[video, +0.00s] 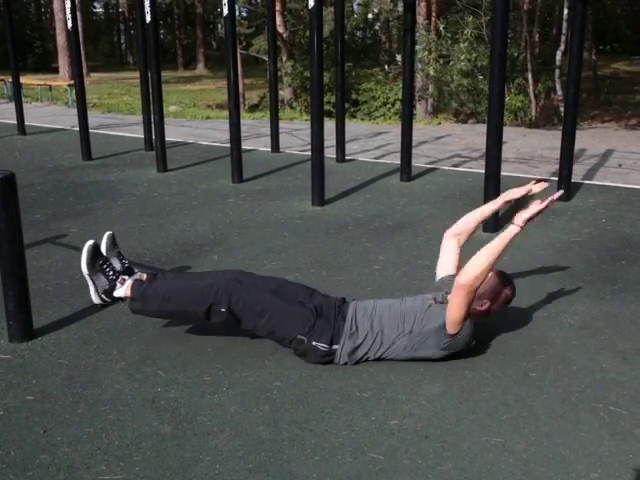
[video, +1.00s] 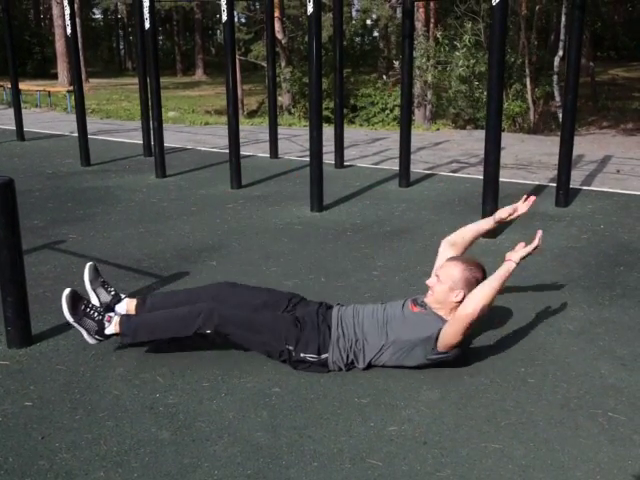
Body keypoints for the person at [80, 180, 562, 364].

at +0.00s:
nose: (476, 277)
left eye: (485, 280)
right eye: (479, 274)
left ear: (490, 300)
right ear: (475, 288)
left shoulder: (459, 331)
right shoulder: (450, 302)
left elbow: (470, 271)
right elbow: (454, 237)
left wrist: (515, 226)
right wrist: (505, 201)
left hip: (333, 333)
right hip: (333, 311)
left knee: (230, 288)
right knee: (233, 282)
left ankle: (121, 291)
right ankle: (134, 279)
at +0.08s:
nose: (450, 269)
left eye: (459, 270)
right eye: (456, 267)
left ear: (470, 292)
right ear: (464, 285)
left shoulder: (446, 322)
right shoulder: (441, 303)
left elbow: (431, 252)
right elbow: (422, 237)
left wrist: (446, 189)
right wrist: (443, 183)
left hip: (330, 335)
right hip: (335, 313)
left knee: (238, 268)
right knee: (240, 261)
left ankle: (128, 274)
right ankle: (142, 264)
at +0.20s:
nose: (415, 246)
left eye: (426, 244)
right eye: (422, 240)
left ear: (445, 262)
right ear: (438, 257)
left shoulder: (424, 296)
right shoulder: (425, 282)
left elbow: (374, 240)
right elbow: (386, 215)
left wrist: (354, 172)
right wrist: (367, 157)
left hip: (327, 335)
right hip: (332, 314)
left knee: (260, 248)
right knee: (264, 242)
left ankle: (145, 235)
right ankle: (163, 229)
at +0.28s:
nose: (387, 237)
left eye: (396, 235)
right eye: (392, 231)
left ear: (420, 250)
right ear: (419, 247)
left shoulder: (408, 280)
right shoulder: (409, 265)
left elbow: (347, 236)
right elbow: (361, 206)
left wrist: (309, 173)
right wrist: (324, 154)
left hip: (326, 339)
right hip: (332, 318)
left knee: (277, 242)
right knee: (282, 230)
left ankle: (167, 210)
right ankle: (180, 204)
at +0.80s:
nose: (404, 250)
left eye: (413, 246)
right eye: (408, 243)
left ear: (432, 264)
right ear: (420, 258)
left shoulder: (424, 307)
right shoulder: (412, 284)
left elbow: (395, 272)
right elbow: (387, 230)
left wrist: (389, 188)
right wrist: (378, 176)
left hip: (312, 339)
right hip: (317, 312)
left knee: (244, 271)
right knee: (250, 251)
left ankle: (125, 277)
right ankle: (141, 251)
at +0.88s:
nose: (421, 255)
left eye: (430, 253)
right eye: (425, 249)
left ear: (441, 273)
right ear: (435, 268)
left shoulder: (429, 322)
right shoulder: (421, 292)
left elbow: (435, 273)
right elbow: (415, 233)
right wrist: (427, 183)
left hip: (313, 341)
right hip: (319, 312)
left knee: (224, 288)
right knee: (234, 266)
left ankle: (111, 300)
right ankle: (124, 275)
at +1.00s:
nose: (441, 280)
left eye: (450, 281)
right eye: (445, 274)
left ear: (462, 299)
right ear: (444, 281)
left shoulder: (441, 336)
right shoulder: (428, 305)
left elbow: (474, 309)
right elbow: (447, 249)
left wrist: (505, 267)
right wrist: (497, 220)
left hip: (317, 337)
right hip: (316, 315)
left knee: (214, 303)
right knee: (216, 295)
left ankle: (109, 324)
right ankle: (120, 307)